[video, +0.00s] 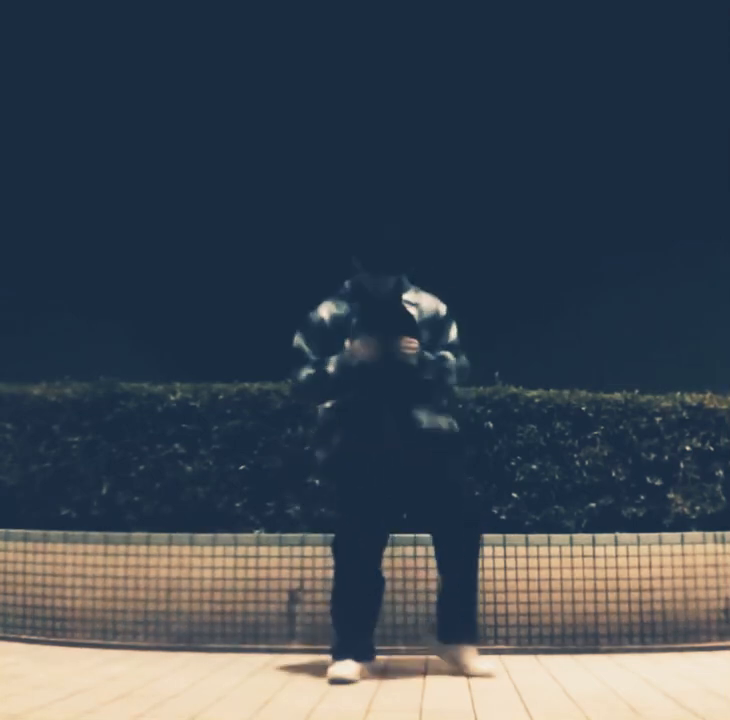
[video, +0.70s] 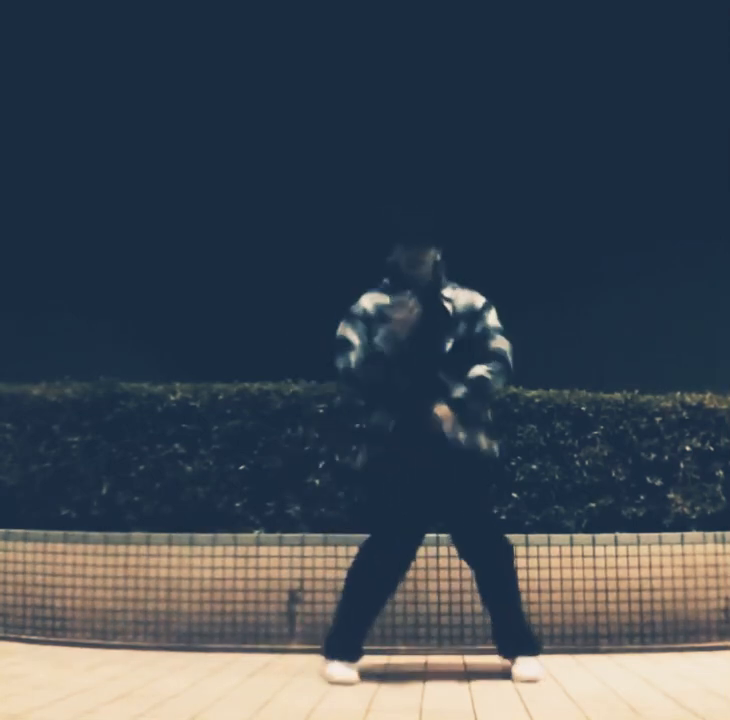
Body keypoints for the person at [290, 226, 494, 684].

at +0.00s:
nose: (382, 281)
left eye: (391, 272)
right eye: (373, 271)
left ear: (404, 272)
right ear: (356, 270)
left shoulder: (429, 311)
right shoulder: (329, 316)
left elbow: (460, 371)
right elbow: (300, 383)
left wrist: (419, 358)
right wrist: (345, 360)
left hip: (428, 448)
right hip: (360, 450)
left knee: (462, 530)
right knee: (356, 545)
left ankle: (457, 639)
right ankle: (350, 654)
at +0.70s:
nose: (418, 262)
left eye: (426, 253)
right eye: (409, 253)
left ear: (440, 255)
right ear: (393, 257)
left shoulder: (471, 305)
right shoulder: (370, 308)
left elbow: (497, 362)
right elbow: (351, 374)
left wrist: (456, 404)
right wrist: (391, 339)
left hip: (462, 454)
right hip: (399, 454)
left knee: (487, 548)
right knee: (389, 549)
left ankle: (521, 651)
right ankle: (341, 652)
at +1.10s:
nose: (414, 277)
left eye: (422, 272)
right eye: (406, 272)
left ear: (436, 285)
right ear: (391, 283)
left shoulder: (468, 320)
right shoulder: (368, 312)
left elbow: (513, 362)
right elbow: (344, 326)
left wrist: (447, 352)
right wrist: (395, 293)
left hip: (461, 480)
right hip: (380, 479)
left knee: (525, 548)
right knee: (330, 557)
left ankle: (548, 656)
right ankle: (307, 657)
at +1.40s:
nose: (422, 260)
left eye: (433, 250)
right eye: (413, 249)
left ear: (447, 245)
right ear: (399, 243)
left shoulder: (468, 275)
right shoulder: (379, 270)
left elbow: (510, 309)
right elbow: (334, 275)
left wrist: (438, 321)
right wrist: (377, 305)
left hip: (462, 430)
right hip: (389, 429)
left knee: (488, 527)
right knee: (359, 523)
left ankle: (501, 638)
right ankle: (355, 635)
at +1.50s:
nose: (424, 267)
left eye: (433, 258)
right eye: (416, 258)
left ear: (448, 257)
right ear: (401, 254)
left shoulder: (469, 305)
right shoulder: (370, 292)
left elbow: (476, 375)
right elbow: (356, 350)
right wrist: (382, 384)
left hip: (453, 446)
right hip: (391, 445)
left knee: (457, 544)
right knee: (386, 542)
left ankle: (467, 646)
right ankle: (377, 647)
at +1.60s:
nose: (423, 264)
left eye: (433, 255)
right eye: (415, 255)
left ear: (448, 255)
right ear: (401, 252)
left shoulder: (470, 307)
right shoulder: (371, 294)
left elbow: (480, 376)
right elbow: (359, 364)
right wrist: (378, 410)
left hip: (456, 447)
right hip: (388, 445)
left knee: (470, 539)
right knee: (375, 539)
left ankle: (471, 644)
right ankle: (373, 645)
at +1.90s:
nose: (416, 254)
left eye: (424, 244)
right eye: (409, 244)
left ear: (441, 249)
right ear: (397, 250)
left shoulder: (470, 300)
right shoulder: (373, 298)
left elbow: (482, 361)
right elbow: (355, 365)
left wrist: (443, 331)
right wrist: (380, 404)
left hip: (454, 444)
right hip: (389, 446)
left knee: (460, 542)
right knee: (379, 543)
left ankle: (473, 644)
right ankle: (370, 645)